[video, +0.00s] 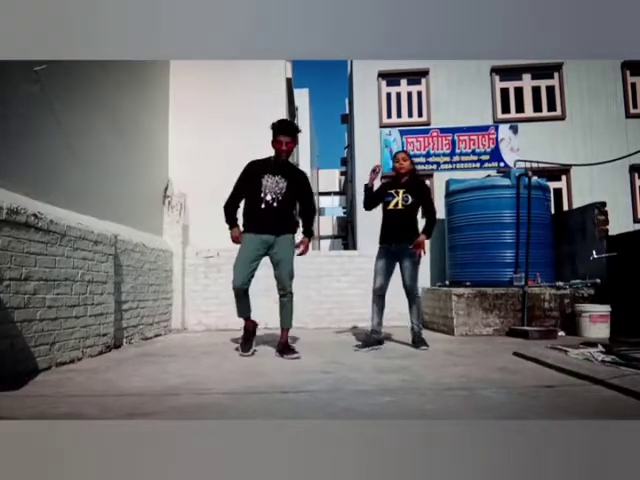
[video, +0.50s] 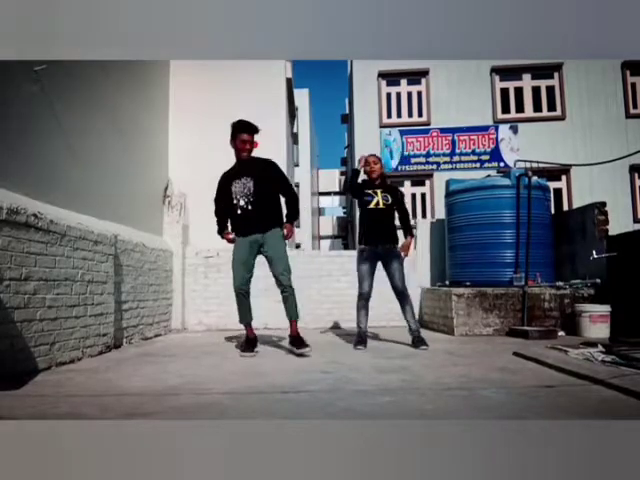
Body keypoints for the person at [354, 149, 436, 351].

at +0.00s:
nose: (400, 164)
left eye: (404, 160)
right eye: (397, 161)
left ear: (411, 163)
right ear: (394, 165)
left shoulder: (419, 185)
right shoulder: (387, 185)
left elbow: (431, 215)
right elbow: (368, 205)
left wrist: (424, 236)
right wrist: (370, 183)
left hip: (410, 244)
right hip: (387, 243)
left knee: (411, 289)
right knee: (378, 289)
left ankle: (417, 334)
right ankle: (375, 333)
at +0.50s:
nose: (371, 167)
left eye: (374, 164)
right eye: (368, 165)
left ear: (382, 166)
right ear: (365, 169)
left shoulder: (393, 191)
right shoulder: (361, 189)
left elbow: (403, 215)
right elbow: (350, 188)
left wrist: (409, 237)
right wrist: (357, 168)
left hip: (389, 246)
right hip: (367, 247)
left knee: (400, 290)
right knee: (364, 292)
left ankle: (416, 334)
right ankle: (361, 336)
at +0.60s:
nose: (368, 167)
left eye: (371, 163)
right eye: (364, 164)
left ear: (376, 166)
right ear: (359, 168)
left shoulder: (386, 189)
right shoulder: (355, 187)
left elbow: (396, 214)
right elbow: (345, 189)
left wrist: (404, 236)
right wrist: (351, 170)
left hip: (385, 245)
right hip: (363, 246)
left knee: (400, 288)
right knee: (364, 292)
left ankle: (412, 333)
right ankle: (361, 335)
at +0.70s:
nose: (367, 166)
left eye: (370, 163)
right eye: (363, 164)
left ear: (375, 166)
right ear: (358, 167)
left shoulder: (384, 189)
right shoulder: (353, 187)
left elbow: (393, 214)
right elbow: (346, 189)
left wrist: (401, 235)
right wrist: (351, 170)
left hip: (384, 244)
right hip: (362, 246)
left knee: (399, 287)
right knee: (364, 292)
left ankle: (406, 331)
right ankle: (361, 335)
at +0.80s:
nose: (368, 168)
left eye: (371, 164)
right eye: (365, 165)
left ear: (374, 167)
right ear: (357, 167)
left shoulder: (382, 190)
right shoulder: (352, 188)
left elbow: (389, 215)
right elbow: (347, 191)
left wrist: (398, 233)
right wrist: (351, 172)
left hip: (383, 243)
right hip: (362, 245)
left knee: (395, 286)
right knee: (363, 290)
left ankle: (398, 332)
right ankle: (361, 334)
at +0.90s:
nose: (368, 169)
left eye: (370, 166)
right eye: (364, 166)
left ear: (374, 168)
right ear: (356, 169)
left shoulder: (381, 191)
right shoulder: (352, 189)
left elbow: (389, 216)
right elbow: (346, 193)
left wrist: (396, 235)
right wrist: (352, 175)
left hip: (383, 244)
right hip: (362, 245)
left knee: (391, 288)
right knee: (363, 291)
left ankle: (397, 332)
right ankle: (361, 334)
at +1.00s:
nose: (369, 168)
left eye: (371, 165)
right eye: (365, 165)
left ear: (375, 168)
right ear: (357, 169)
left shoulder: (381, 190)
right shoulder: (352, 189)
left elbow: (389, 216)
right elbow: (346, 196)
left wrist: (396, 235)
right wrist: (353, 178)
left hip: (384, 244)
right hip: (362, 245)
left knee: (395, 287)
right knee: (363, 291)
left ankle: (401, 332)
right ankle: (361, 334)